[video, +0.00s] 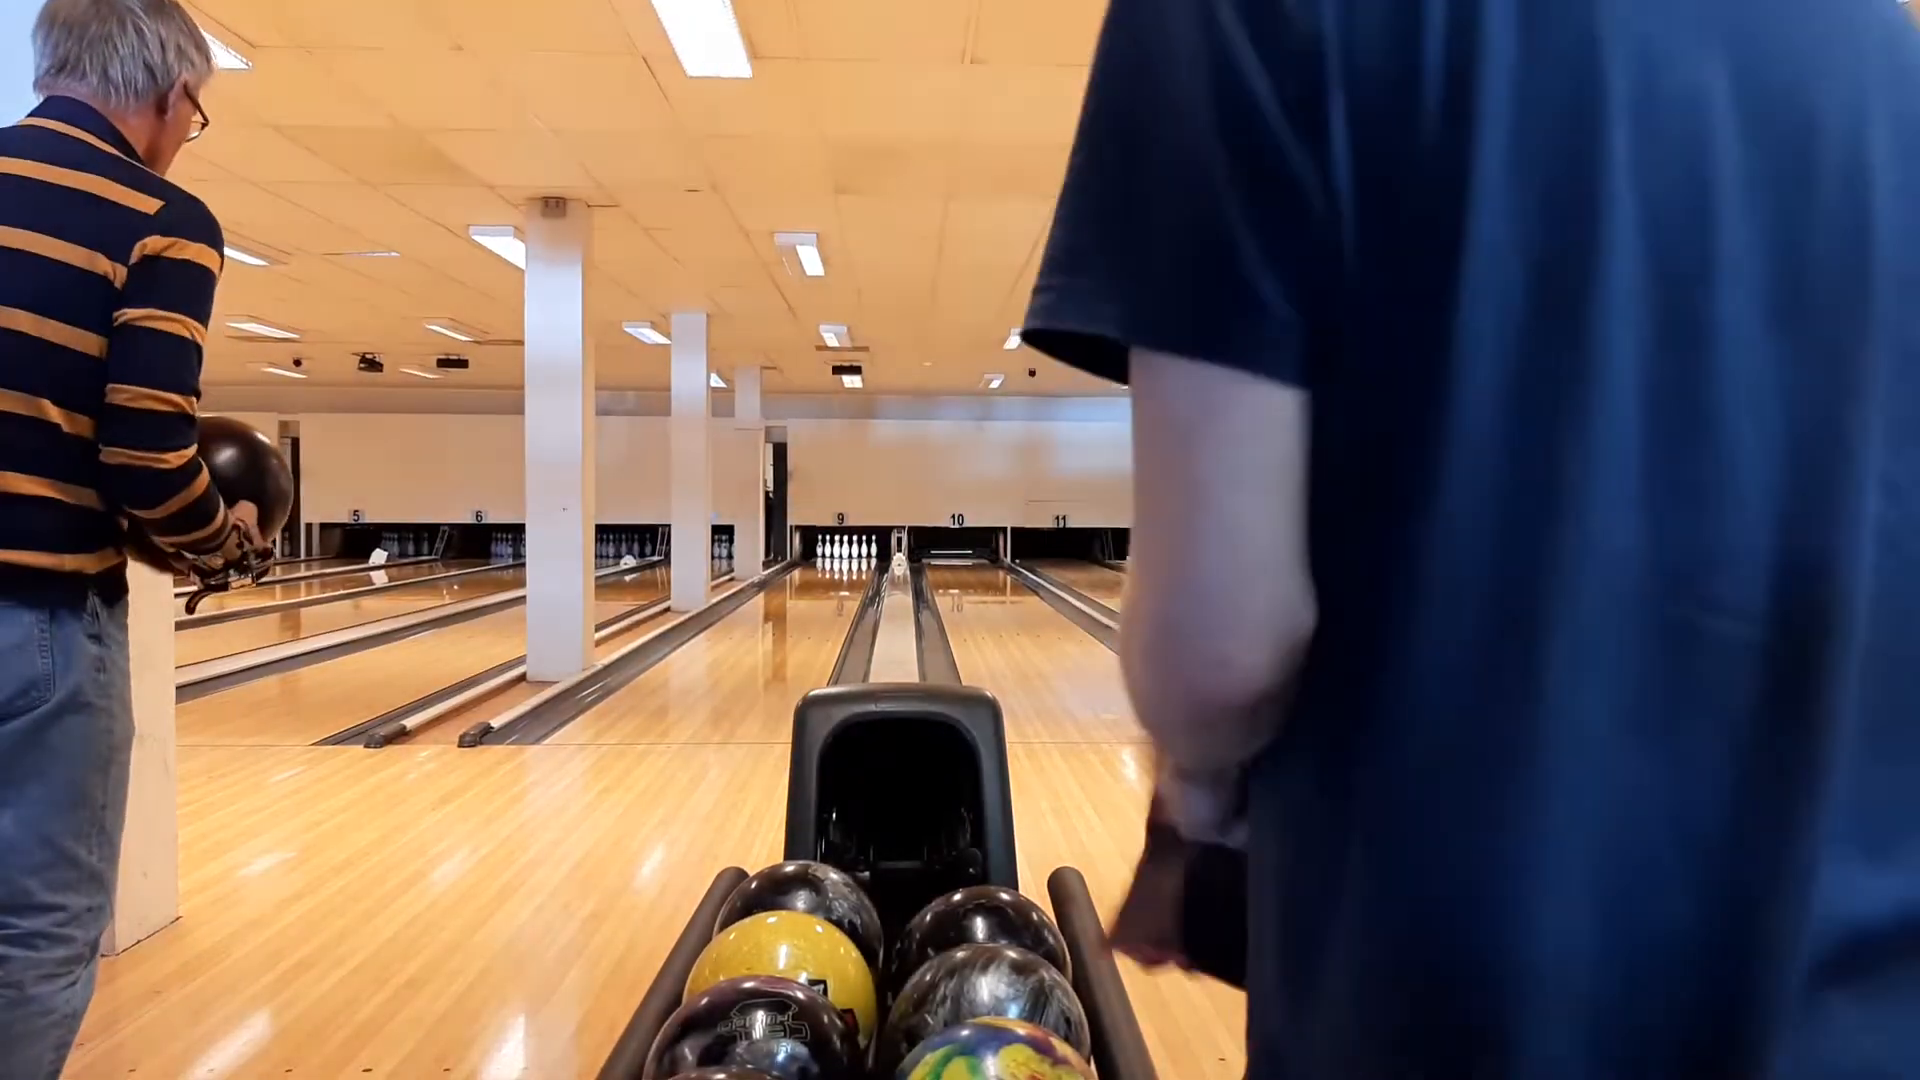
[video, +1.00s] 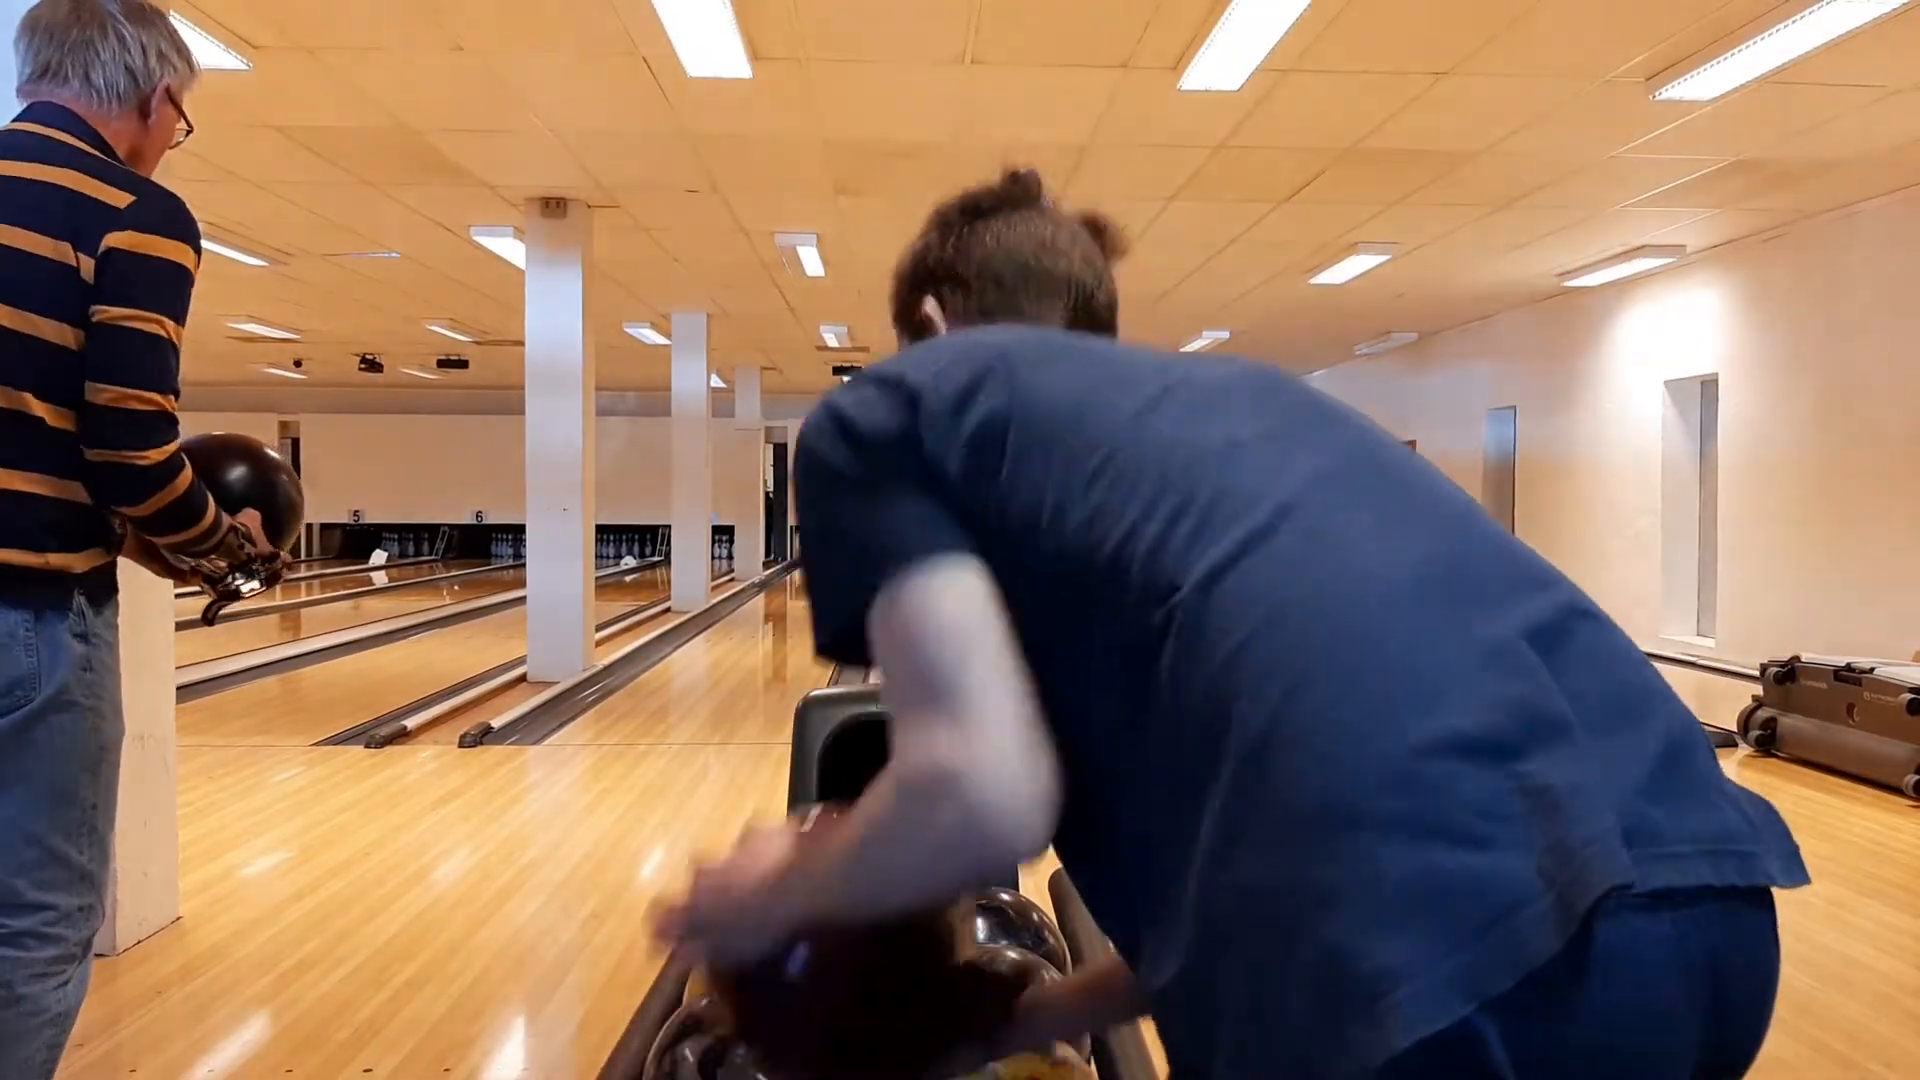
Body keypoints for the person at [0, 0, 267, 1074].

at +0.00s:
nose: (189, 137)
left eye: (196, 115)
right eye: (194, 112)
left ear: (58, 74)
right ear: (164, 98)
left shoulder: (2, 166)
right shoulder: (163, 216)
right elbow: (142, 456)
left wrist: (182, 511)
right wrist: (212, 537)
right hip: (42, 608)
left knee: (31, 922)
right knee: (42, 935)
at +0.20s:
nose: (181, 145)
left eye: (189, 123)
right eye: (189, 119)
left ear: (52, 74)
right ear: (163, 102)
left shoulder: (0, 164)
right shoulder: (158, 207)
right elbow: (129, 429)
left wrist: (165, 508)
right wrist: (192, 536)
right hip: (43, 608)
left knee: (26, 921)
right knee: (38, 935)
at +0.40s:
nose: (192, 158)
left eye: (201, 134)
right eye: (198, 131)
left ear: (67, 80)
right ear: (171, 109)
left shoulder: (2, 166)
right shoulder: (157, 203)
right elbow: (110, 427)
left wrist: (155, 515)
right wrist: (187, 538)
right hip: (41, 610)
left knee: (23, 925)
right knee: (41, 940)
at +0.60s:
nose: (188, 150)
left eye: (197, 127)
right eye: (194, 123)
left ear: (62, 79)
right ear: (160, 104)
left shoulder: (5, 169)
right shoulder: (145, 214)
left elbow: (73, 426)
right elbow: (126, 448)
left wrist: (184, 516)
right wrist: (213, 560)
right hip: (41, 606)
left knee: (30, 920)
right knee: (45, 934)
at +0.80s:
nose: (180, 145)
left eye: (186, 121)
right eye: (183, 116)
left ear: (48, 80)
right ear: (145, 98)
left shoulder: (3, 166)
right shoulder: (141, 215)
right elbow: (135, 454)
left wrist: (193, 513)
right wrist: (226, 548)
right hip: (36, 607)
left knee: (33, 923)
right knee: (37, 936)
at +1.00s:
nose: (173, 145)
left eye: (179, 122)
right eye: (177, 117)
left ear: (39, 81)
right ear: (142, 97)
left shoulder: (4, 168)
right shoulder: (137, 209)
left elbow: (103, 432)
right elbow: (126, 444)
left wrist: (182, 518)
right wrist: (213, 548)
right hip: (36, 605)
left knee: (33, 921)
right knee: (38, 931)